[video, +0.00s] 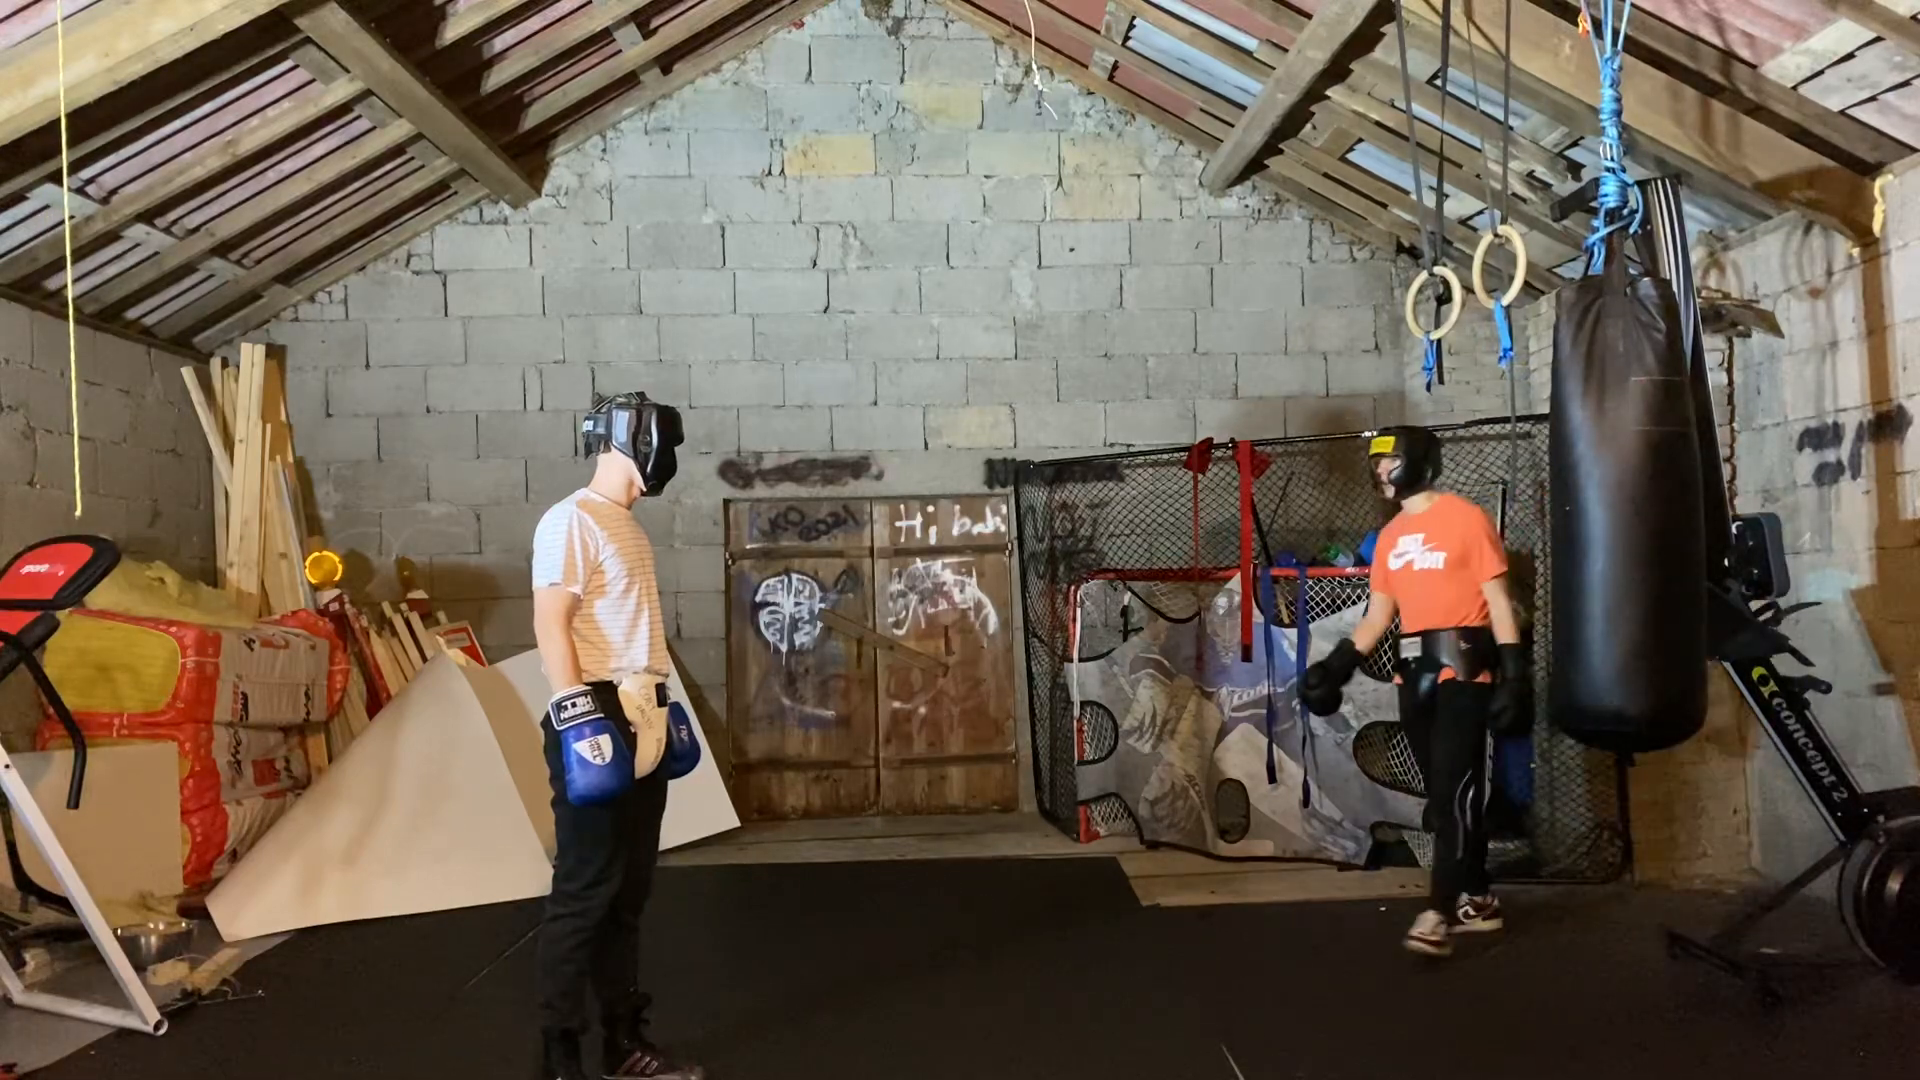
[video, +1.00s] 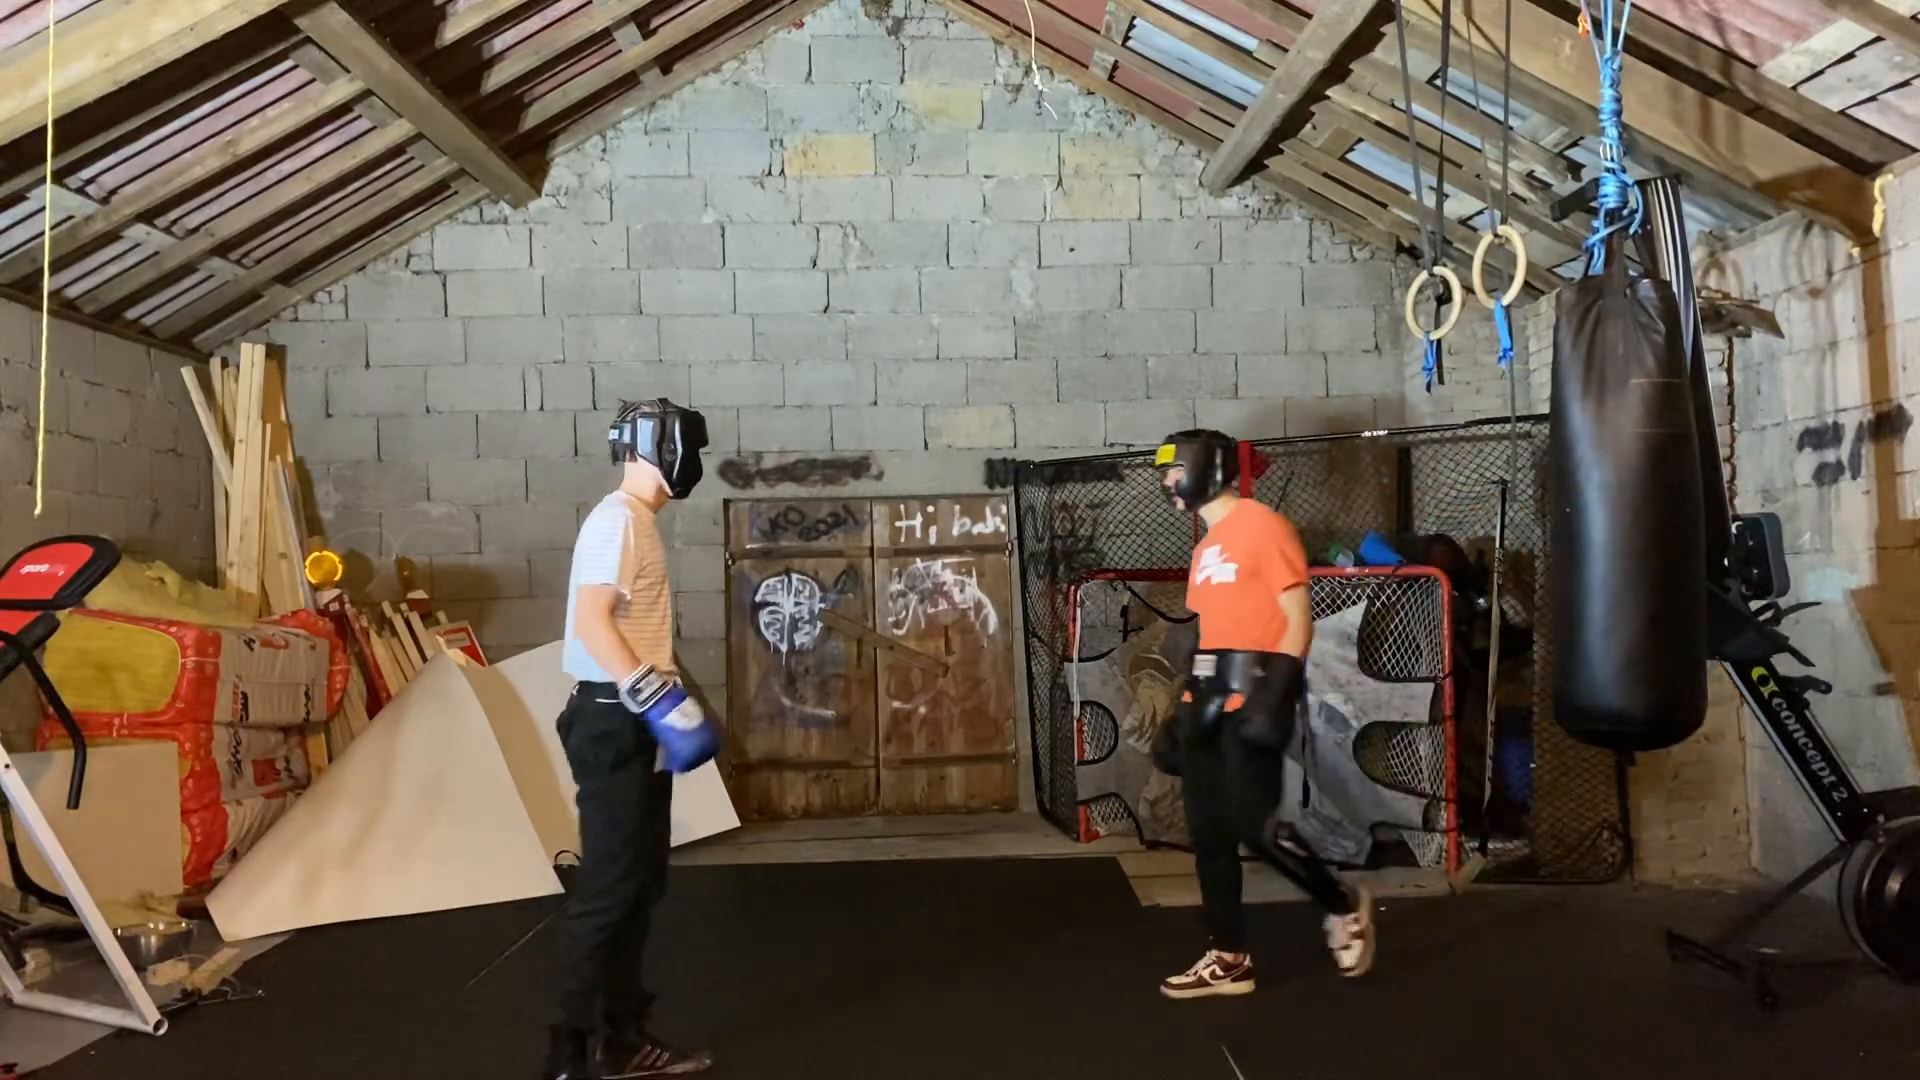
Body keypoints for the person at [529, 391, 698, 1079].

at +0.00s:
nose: (664, 466)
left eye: (665, 452)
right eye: (657, 451)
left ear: (630, 448)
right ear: (624, 445)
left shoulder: (631, 530)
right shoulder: (567, 521)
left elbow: (642, 626)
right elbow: (550, 623)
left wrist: (667, 704)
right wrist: (581, 719)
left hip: (643, 716)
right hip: (592, 720)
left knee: (627, 891)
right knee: (583, 893)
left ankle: (622, 1046)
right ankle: (561, 1058)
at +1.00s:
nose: (694, 466)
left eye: (693, 452)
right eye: (686, 452)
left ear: (643, 450)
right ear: (654, 450)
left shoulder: (637, 522)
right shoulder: (616, 520)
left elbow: (628, 622)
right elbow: (592, 617)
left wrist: (672, 702)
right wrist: (660, 698)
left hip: (635, 714)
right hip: (609, 715)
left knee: (640, 879)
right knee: (611, 883)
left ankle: (623, 1042)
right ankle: (571, 1055)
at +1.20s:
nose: (700, 468)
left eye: (699, 454)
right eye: (694, 453)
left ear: (646, 448)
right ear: (666, 449)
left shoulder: (643, 520)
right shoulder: (630, 519)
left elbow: (655, 627)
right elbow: (631, 618)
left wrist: (731, 633)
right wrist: (724, 624)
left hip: (632, 708)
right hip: (631, 713)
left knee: (630, 872)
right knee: (668, 871)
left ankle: (625, 1038)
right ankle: (607, 1048)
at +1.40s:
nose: (716, 477)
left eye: (716, 463)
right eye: (712, 462)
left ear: (662, 452)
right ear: (691, 455)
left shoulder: (638, 518)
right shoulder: (657, 519)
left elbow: (677, 610)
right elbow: (677, 609)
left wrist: (754, 592)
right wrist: (765, 582)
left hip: (628, 708)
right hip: (658, 711)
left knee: (641, 874)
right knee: (713, 868)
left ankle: (624, 1043)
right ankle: (710, 1045)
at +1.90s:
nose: (830, 488)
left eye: (831, 475)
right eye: (829, 475)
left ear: (776, 464)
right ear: (809, 473)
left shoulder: (752, 523)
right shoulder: (761, 530)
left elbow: (778, 603)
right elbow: (734, 625)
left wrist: (834, 591)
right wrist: (810, 635)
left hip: (734, 706)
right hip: (761, 709)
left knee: (738, 867)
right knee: (793, 863)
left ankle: (648, 1008)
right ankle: (793, 1019)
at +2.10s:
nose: (868, 493)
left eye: (869, 480)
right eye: (866, 480)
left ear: (814, 469)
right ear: (847, 478)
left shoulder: (781, 523)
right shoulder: (804, 538)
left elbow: (804, 603)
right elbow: (775, 630)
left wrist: (857, 577)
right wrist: (855, 637)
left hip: (777, 699)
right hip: (800, 705)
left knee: (818, 844)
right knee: (827, 852)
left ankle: (735, 963)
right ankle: (795, 1019)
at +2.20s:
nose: (878, 483)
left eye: (877, 472)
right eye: (877, 472)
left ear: (823, 462)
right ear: (862, 472)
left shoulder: (794, 519)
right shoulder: (831, 531)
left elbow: (814, 597)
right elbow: (814, 619)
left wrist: (871, 559)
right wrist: (889, 619)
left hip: (794, 690)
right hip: (819, 697)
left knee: (850, 826)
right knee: (829, 843)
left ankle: (816, 984)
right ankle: (795, 1018)